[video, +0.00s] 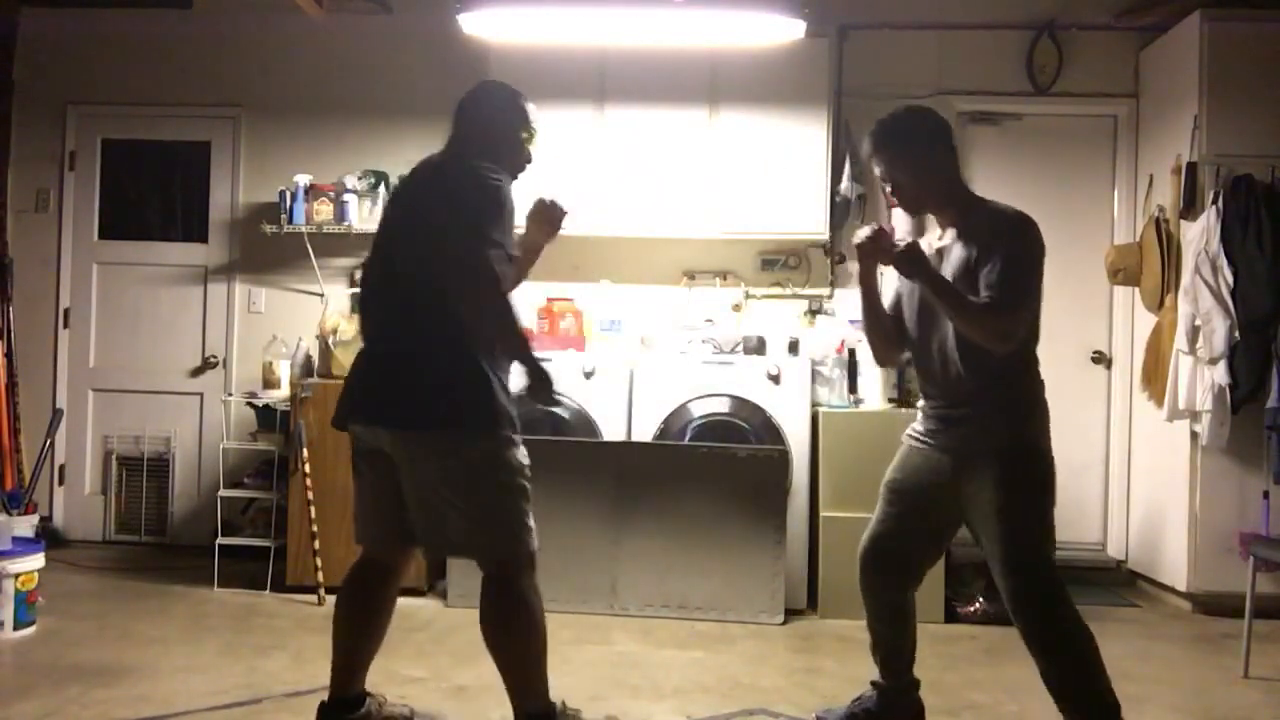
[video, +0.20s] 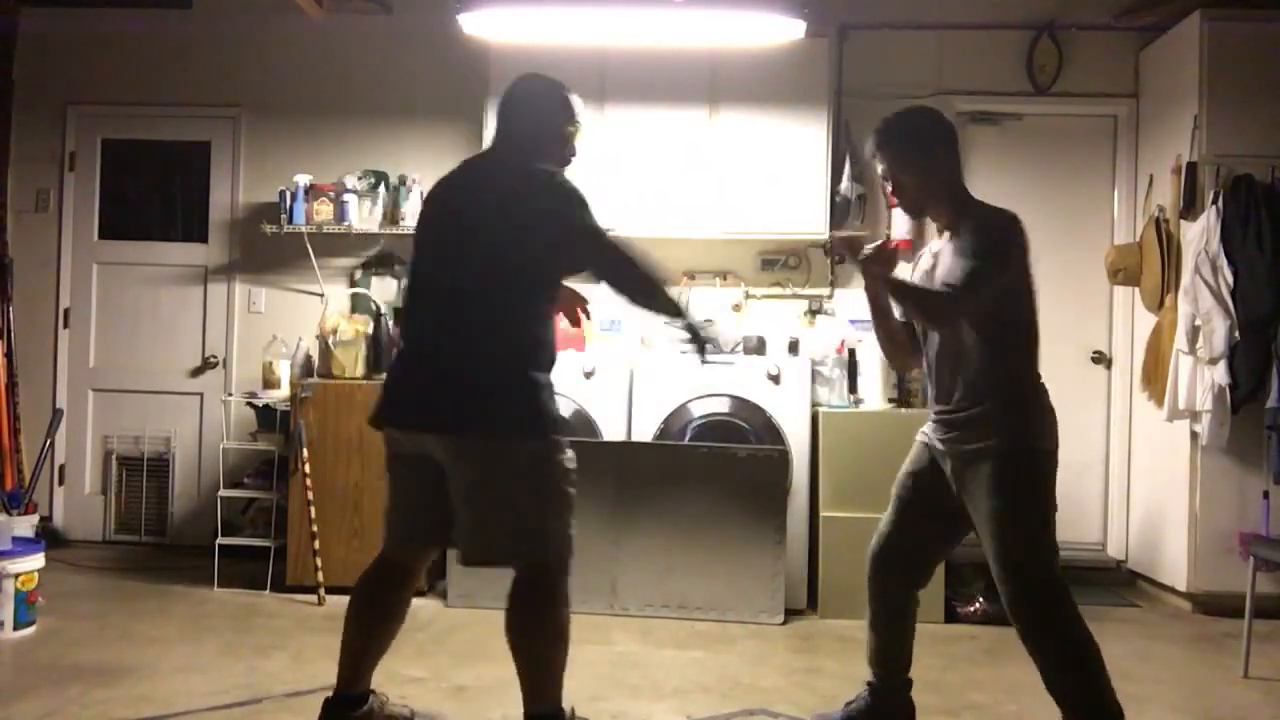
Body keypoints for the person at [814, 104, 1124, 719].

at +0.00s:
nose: (886, 191)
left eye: (893, 175)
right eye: (881, 178)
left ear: (934, 162)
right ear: (920, 171)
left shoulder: (1011, 232)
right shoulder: (916, 252)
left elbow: (1003, 333)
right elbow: (888, 350)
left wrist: (915, 268)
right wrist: (867, 275)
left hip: (1004, 439)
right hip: (933, 435)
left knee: (1032, 597)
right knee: (882, 563)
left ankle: (1100, 716)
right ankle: (896, 695)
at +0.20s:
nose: (888, 190)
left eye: (895, 174)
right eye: (883, 177)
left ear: (936, 163)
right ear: (916, 174)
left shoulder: (994, 230)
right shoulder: (925, 254)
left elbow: (950, 313)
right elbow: (905, 353)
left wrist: (883, 276)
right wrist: (876, 286)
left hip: (1005, 444)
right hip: (942, 442)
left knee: (1034, 602)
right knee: (890, 565)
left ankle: (1100, 717)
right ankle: (888, 697)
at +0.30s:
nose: (877, 186)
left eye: (883, 170)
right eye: (872, 173)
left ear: (925, 160)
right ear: (920, 165)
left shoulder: (965, 229)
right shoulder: (928, 239)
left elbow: (867, 284)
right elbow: (919, 347)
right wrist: (880, 290)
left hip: (1006, 437)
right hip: (948, 435)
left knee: (1034, 604)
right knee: (900, 563)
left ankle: (1098, 715)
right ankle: (890, 696)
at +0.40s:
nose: (879, 183)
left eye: (886, 167)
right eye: (875, 170)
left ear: (927, 160)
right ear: (932, 163)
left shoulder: (956, 233)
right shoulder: (936, 230)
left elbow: (869, 317)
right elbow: (941, 336)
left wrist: (784, 318)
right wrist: (891, 292)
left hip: (998, 435)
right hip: (949, 431)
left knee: (1027, 596)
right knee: (902, 561)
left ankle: (1096, 714)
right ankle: (891, 696)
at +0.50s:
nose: (888, 185)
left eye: (898, 169)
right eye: (886, 172)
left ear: (939, 164)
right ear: (932, 171)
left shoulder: (975, 235)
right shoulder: (950, 236)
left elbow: (960, 347)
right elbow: (958, 334)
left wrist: (872, 337)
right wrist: (906, 314)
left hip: (998, 443)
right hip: (945, 438)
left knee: (1026, 598)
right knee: (887, 559)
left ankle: (1097, 715)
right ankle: (889, 695)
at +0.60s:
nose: (904, 183)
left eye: (914, 168)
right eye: (903, 170)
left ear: (959, 166)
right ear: (948, 169)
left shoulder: (1006, 241)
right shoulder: (957, 249)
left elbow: (986, 350)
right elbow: (950, 354)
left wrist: (906, 318)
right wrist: (904, 331)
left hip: (999, 455)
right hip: (940, 446)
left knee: (1033, 617)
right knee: (873, 574)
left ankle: (1101, 717)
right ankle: (886, 698)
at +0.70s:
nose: (929, 179)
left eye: (941, 163)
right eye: (928, 165)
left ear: (986, 164)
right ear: (976, 169)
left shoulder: (1005, 247)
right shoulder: (971, 248)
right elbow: (933, 338)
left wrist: (857, 235)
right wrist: (902, 287)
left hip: (996, 451)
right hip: (949, 444)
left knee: (1019, 614)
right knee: (876, 565)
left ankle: (1102, 719)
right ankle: (886, 697)